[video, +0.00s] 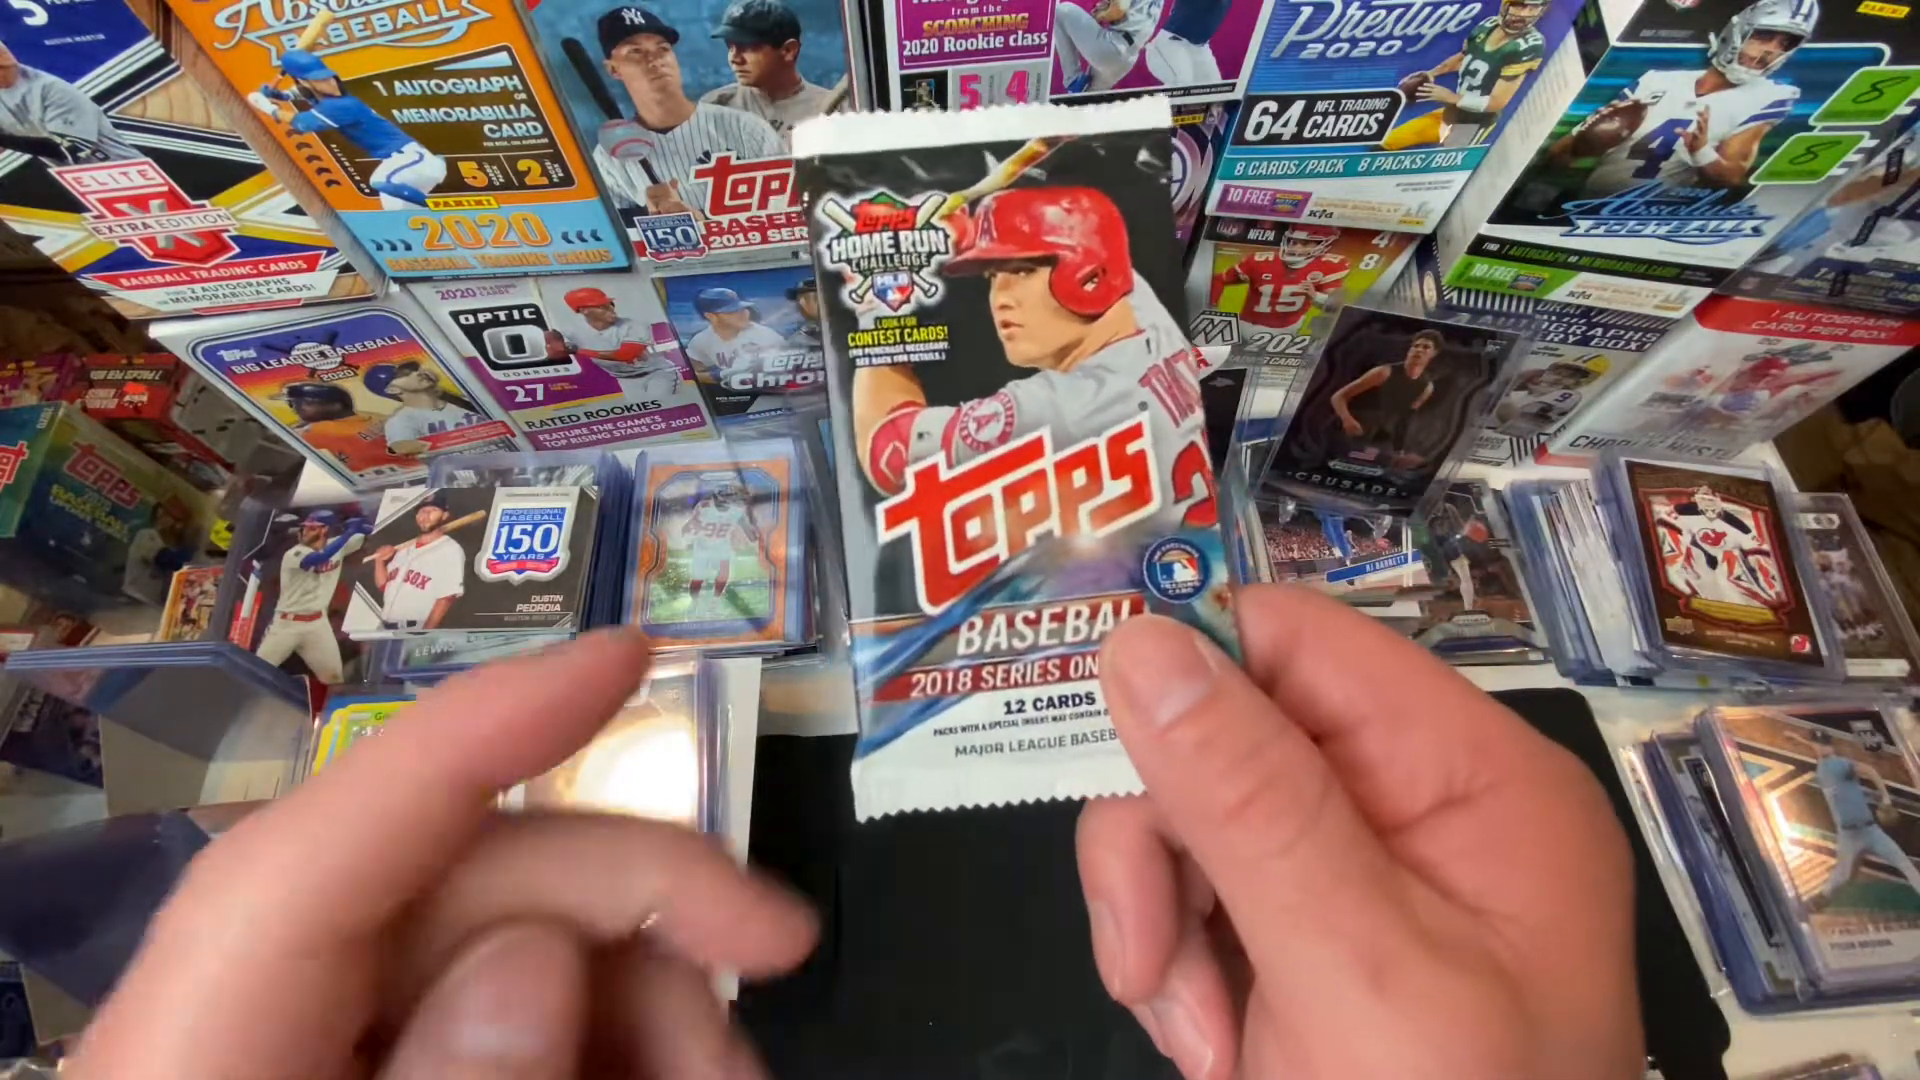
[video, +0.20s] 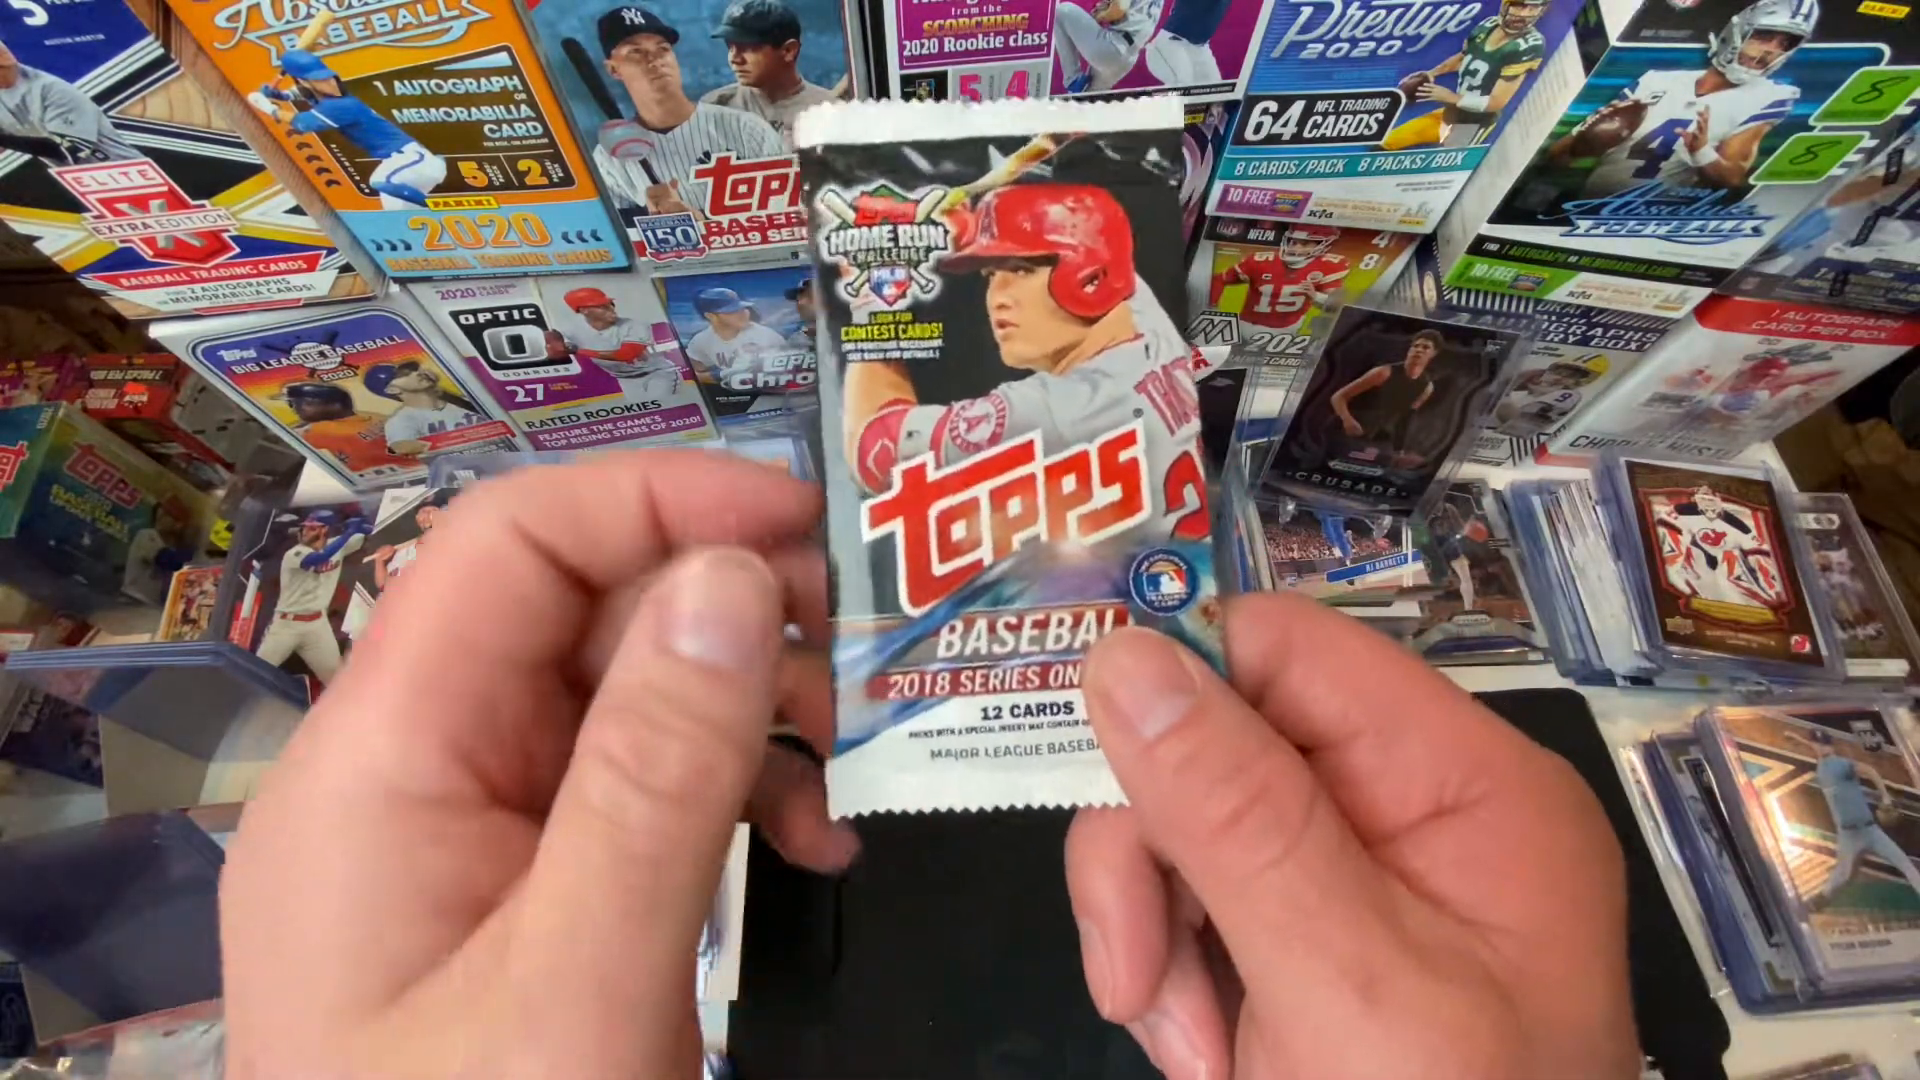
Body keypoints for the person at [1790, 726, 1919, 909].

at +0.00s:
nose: (1823, 749)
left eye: (1825, 744)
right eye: (1819, 745)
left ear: (1831, 745)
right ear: (1815, 748)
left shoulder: (1841, 764)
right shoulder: (1822, 768)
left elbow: (1870, 771)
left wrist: (1885, 796)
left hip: (1869, 828)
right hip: (1847, 833)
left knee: (1903, 862)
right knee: (1842, 875)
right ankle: (1822, 897)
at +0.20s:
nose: (1823, 749)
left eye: (1825, 744)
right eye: (1819, 745)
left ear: (1831, 745)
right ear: (1815, 748)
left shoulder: (1840, 764)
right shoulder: (1822, 766)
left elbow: (1869, 771)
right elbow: (1813, 747)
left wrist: (1885, 796)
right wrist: (1797, 738)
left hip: (1870, 828)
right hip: (1847, 834)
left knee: (1904, 863)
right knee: (1843, 874)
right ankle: (1822, 898)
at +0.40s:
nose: (1823, 749)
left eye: (1825, 744)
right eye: (1819, 745)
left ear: (1831, 745)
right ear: (1815, 748)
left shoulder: (1840, 764)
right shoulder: (1822, 766)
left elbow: (1869, 771)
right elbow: (1814, 748)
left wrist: (1885, 796)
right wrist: (1797, 739)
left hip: (1870, 829)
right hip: (1847, 834)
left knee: (1904, 863)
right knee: (1843, 874)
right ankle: (1823, 897)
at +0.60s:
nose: (1822, 749)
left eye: (1825, 744)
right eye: (1818, 746)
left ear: (1831, 745)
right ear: (1815, 748)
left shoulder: (1840, 764)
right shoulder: (1822, 766)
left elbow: (1869, 771)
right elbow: (1814, 748)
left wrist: (1885, 797)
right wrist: (1798, 739)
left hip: (1870, 828)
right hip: (1847, 834)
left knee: (1904, 863)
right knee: (1843, 873)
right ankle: (1824, 897)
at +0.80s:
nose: (1822, 748)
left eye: (1825, 744)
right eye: (1818, 745)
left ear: (1830, 745)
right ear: (1814, 747)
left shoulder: (1839, 764)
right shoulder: (1822, 768)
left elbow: (1869, 770)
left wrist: (1885, 797)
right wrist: (1798, 739)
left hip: (1870, 828)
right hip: (1847, 833)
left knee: (1904, 864)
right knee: (1842, 875)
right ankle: (1820, 901)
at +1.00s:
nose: (1823, 750)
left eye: (1825, 744)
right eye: (1819, 746)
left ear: (1831, 745)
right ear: (1814, 748)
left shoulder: (1840, 764)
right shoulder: (1822, 768)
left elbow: (1869, 770)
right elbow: (1815, 749)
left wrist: (1885, 798)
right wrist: (1800, 740)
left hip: (1870, 828)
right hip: (1846, 833)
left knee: (1904, 863)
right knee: (1842, 874)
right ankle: (1823, 898)